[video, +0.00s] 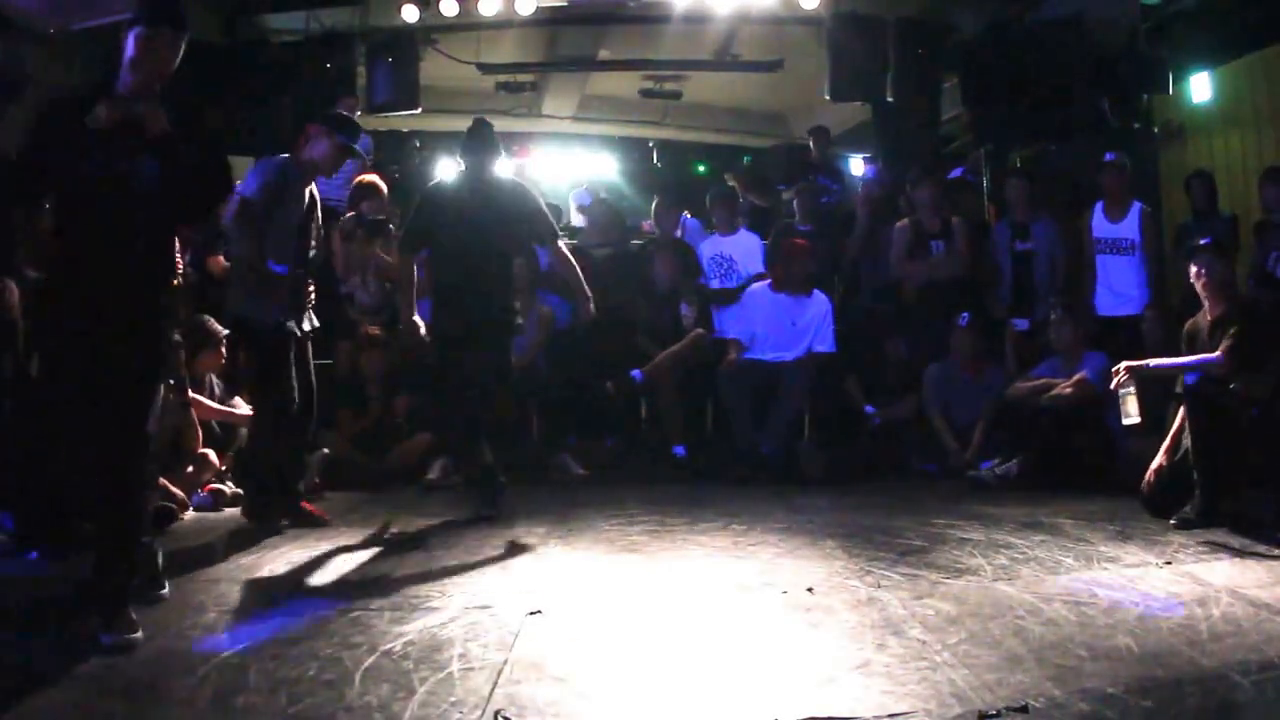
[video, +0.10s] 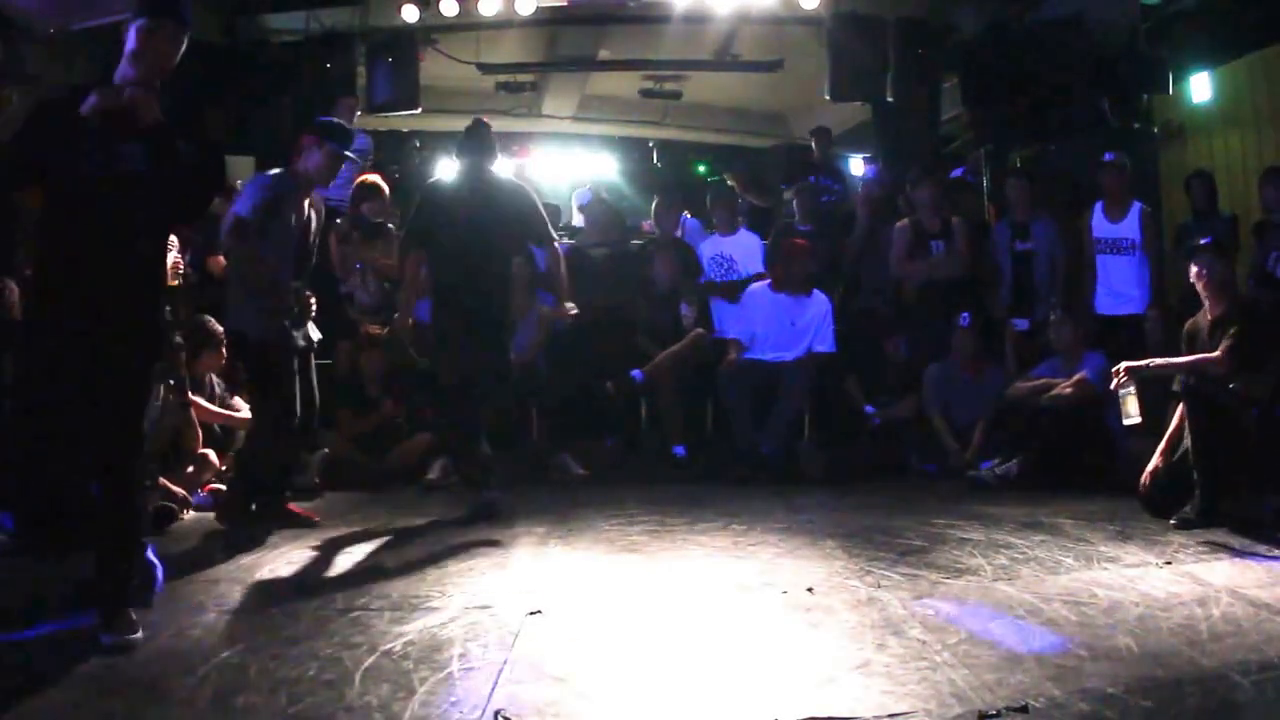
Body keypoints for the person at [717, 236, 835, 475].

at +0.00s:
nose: (806, 268)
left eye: (807, 261)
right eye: (798, 261)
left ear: (810, 265)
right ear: (778, 266)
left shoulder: (819, 302)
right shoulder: (755, 294)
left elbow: (823, 351)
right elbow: (737, 336)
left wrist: (802, 363)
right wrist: (733, 355)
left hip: (792, 363)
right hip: (755, 363)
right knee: (730, 375)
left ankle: (773, 451)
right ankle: (746, 449)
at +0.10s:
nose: (804, 269)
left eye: (805, 262)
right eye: (796, 262)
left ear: (809, 265)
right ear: (777, 266)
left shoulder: (819, 302)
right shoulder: (755, 293)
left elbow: (823, 350)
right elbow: (738, 336)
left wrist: (802, 361)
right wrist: (733, 354)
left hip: (792, 363)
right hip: (756, 362)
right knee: (730, 373)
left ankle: (772, 449)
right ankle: (745, 447)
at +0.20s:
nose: (805, 267)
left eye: (807, 260)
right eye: (797, 261)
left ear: (810, 265)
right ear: (778, 266)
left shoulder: (819, 302)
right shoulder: (755, 293)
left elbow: (823, 352)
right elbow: (738, 336)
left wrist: (803, 363)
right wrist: (733, 354)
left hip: (791, 364)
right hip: (755, 363)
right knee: (730, 375)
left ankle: (772, 450)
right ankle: (747, 447)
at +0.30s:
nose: (794, 268)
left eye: (800, 261)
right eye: (787, 261)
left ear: (809, 265)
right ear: (773, 265)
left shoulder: (818, 302)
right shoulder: (754, 293)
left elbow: (823, 351)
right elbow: (738, 336)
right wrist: (733, 354)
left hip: (791, 363)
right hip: (755, 362)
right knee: (732, 375)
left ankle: (772, 449)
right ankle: (748, 448)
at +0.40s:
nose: (786, 268)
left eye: (795, 261)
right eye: (782, 261)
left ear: (807, 265)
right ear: (773, 264)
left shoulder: (818, 302)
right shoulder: (753, 293)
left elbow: (822, 351)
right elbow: (737, 336)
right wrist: (733, 354)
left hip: (792, 365)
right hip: (755, 364)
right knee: (732, 375)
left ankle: (776, 447)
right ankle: (746, 447)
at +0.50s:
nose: (793, 268)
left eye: (799, 261)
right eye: (787, 261)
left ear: (807, 265)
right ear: (775, 264)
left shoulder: (818, 302)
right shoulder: (753, 293)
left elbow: (822, 352)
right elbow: (737, 339)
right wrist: (733, 356)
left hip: (791, 364)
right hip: (755, 363)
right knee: (733, 373)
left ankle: (775, 450)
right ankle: (746, 448)